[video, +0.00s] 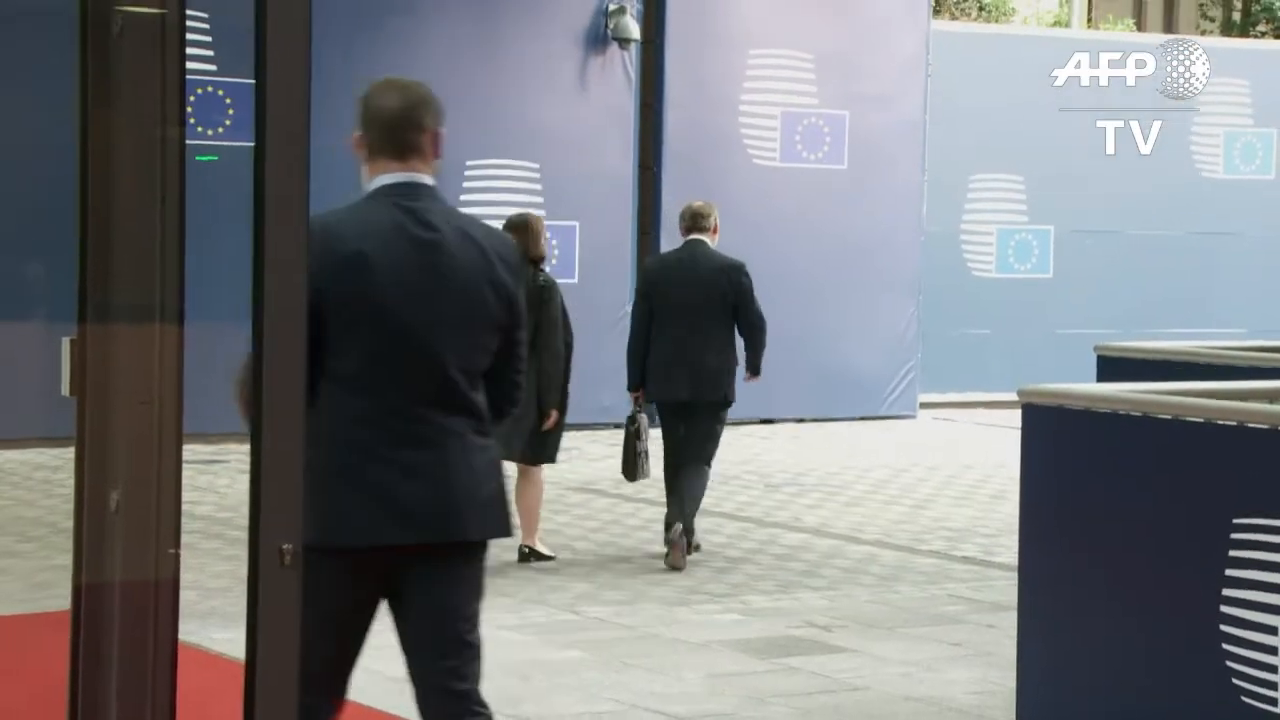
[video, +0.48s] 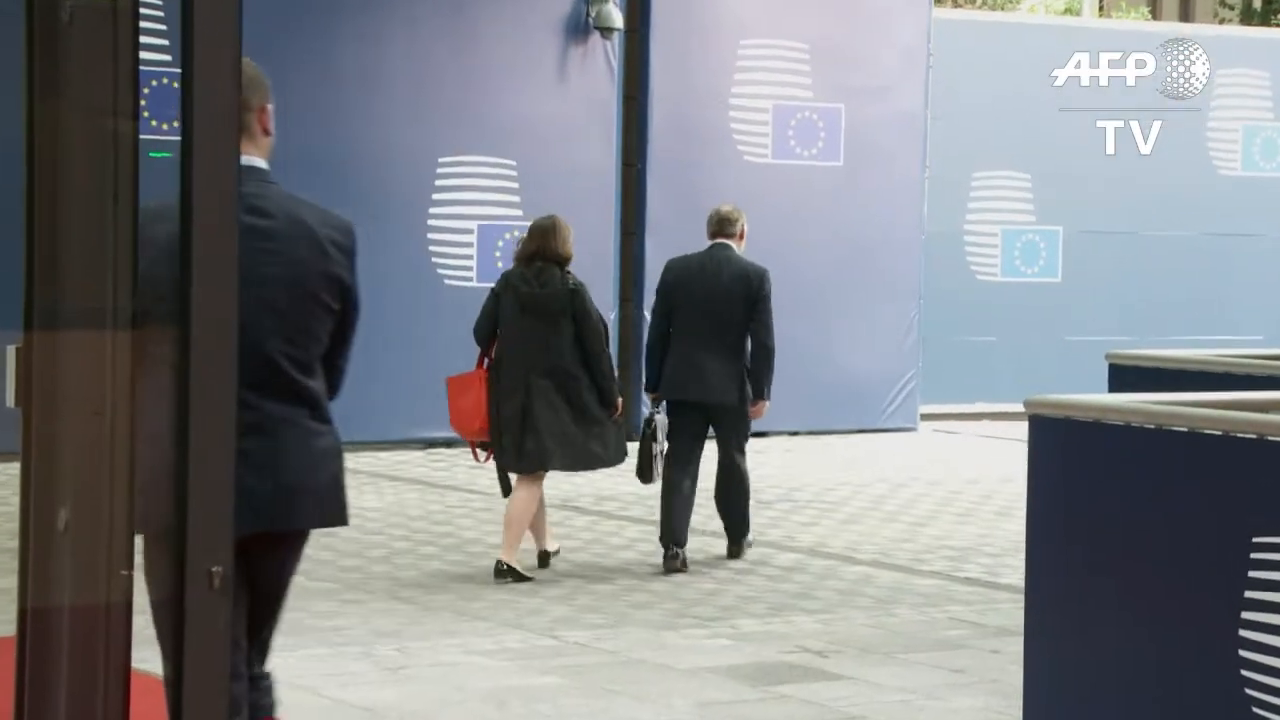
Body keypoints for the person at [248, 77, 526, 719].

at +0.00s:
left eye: (356, 139)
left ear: (358, 146)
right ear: (436, 143)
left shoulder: (319, 240)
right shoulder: (493, 254)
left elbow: (270, 379)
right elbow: (505, 393)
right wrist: (441, 439)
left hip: (339, 509)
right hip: (450, 511)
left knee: (306, 699)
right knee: (454, 698)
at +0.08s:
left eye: (321, 137)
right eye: (403, 134)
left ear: (324, 145)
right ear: (402, 140)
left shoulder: (293, 239)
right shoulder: (457, 247)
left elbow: (223, 385)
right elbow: (476, 388)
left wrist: (274, 458)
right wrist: (428, 451)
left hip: (307, 505)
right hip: (416, 507)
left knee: (275, 695)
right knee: (425, 691)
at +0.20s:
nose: (361, 135)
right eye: (360, 126)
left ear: (276, 137)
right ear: (352, 130)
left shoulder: (241, 231)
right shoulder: (414, 238)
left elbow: (182, 380)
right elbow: (427, 384)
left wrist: (234, 456)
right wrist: (362, 426)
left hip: (260, 498)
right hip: (371, 501)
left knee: (247, 698)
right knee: (371, 685)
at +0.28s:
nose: (332, 130)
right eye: (332, 122)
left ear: (249, 129)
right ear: (324, 126)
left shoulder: (209, 230)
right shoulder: (387, 235)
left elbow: (158, 372)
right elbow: (398, 379)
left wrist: (207, 452)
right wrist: (332, 417)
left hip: (239, 491)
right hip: (349, 491)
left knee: (236, 692)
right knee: (331, 666)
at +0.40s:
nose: (296, 125)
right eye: (296, 116)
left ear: (212, 123)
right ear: (288, 119)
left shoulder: (170, 225)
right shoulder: (349, 231)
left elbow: (144, 354)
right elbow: (355, 371)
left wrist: (165, 429)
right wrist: (296, 420)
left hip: (197, 483)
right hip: (307, 483)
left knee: (211, 672)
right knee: (282, 659)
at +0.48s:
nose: (273, 125)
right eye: (273, 117)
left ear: (190, 124)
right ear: (265, 121)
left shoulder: (150, 226)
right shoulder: (326, 233)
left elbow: (129, 353)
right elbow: (330, 368)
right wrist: (283, 429)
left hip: (173, 483)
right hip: (285, 483)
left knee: (195, 675)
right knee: (249, 666)